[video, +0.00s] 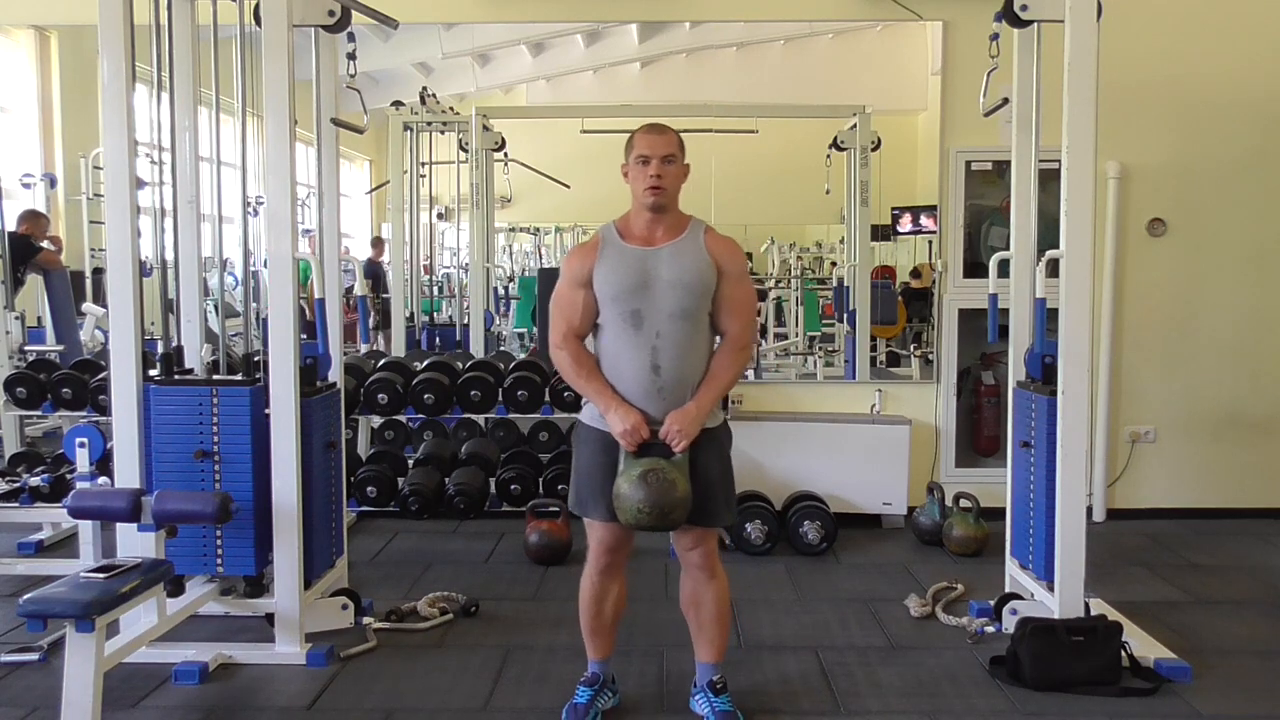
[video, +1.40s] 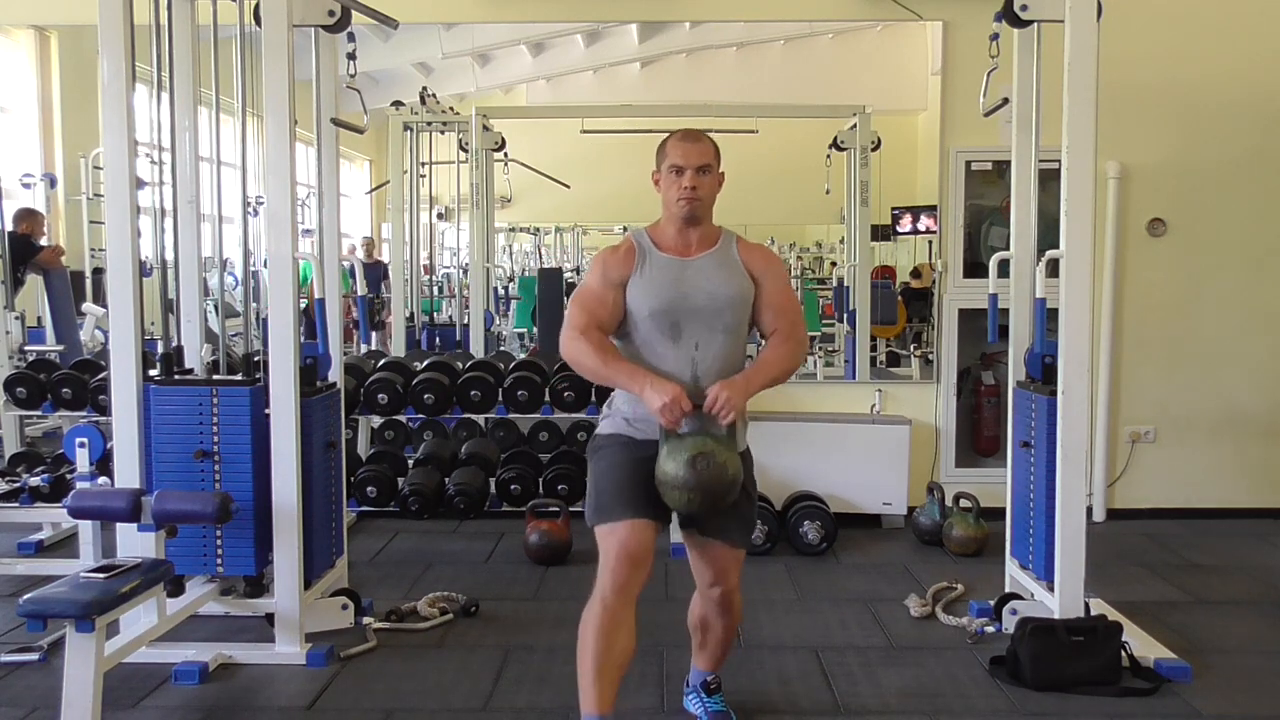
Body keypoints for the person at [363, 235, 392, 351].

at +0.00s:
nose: (384, 251)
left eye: (384, 247)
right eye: (382, 248)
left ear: (377, 248)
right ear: (376, 248)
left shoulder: (379, 265)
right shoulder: (368, 265)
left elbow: (384, 284)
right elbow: (367, 289)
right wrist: (372, 310)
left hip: (385, 302)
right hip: (375, 303)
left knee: (387, 336)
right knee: (372, 337)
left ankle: (388, 359)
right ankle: (367, 360)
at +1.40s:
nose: (365, 248)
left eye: (368, 245)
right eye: (363, 245)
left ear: (374, 246)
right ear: (360, 248)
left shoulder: (381, 265)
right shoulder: (355, 265)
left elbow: (387, 287)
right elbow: (350, 288)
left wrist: (387, 308)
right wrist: (353, 307)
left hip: (377, 304)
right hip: (360, 304)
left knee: (381, 338)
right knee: (358, 337)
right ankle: (357, 363)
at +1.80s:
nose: (350, 248)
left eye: (353, 245)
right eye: (348, 245)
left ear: (358, 246)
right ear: (346, 246)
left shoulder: (367, 264)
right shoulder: (343, 264)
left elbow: (374, 285)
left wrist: (371, 305)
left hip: (363, 302)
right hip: (348, 302)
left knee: (366, 335)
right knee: (352, 335)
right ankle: (355, 360)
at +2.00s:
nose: (343, 248)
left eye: (346, 245)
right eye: (342, 245)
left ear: (353, 246)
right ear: (341, 246)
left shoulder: (360, 263)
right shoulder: (339, 263)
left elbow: (369, 281)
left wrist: (373, 294)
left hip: (356, 302)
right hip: (341, 301)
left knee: (352, 334)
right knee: (342, 334)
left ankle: (353, 362)